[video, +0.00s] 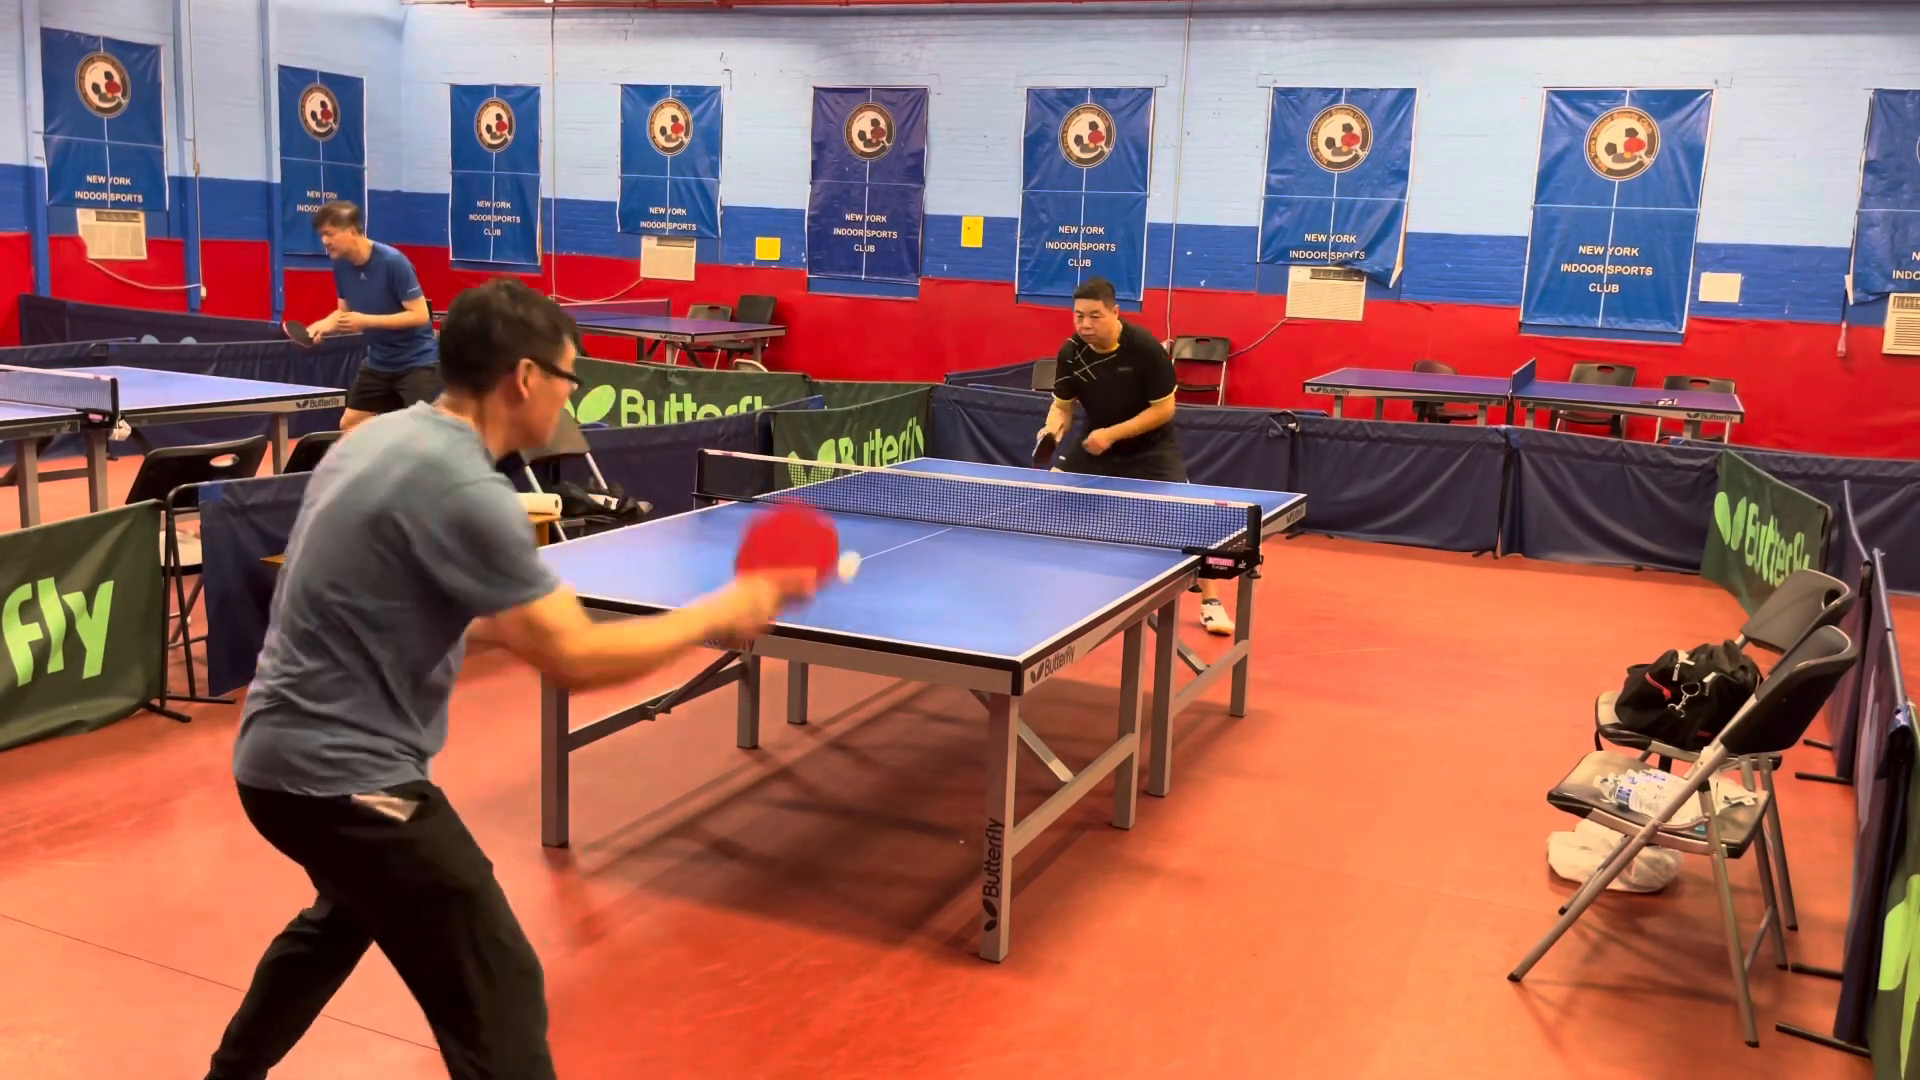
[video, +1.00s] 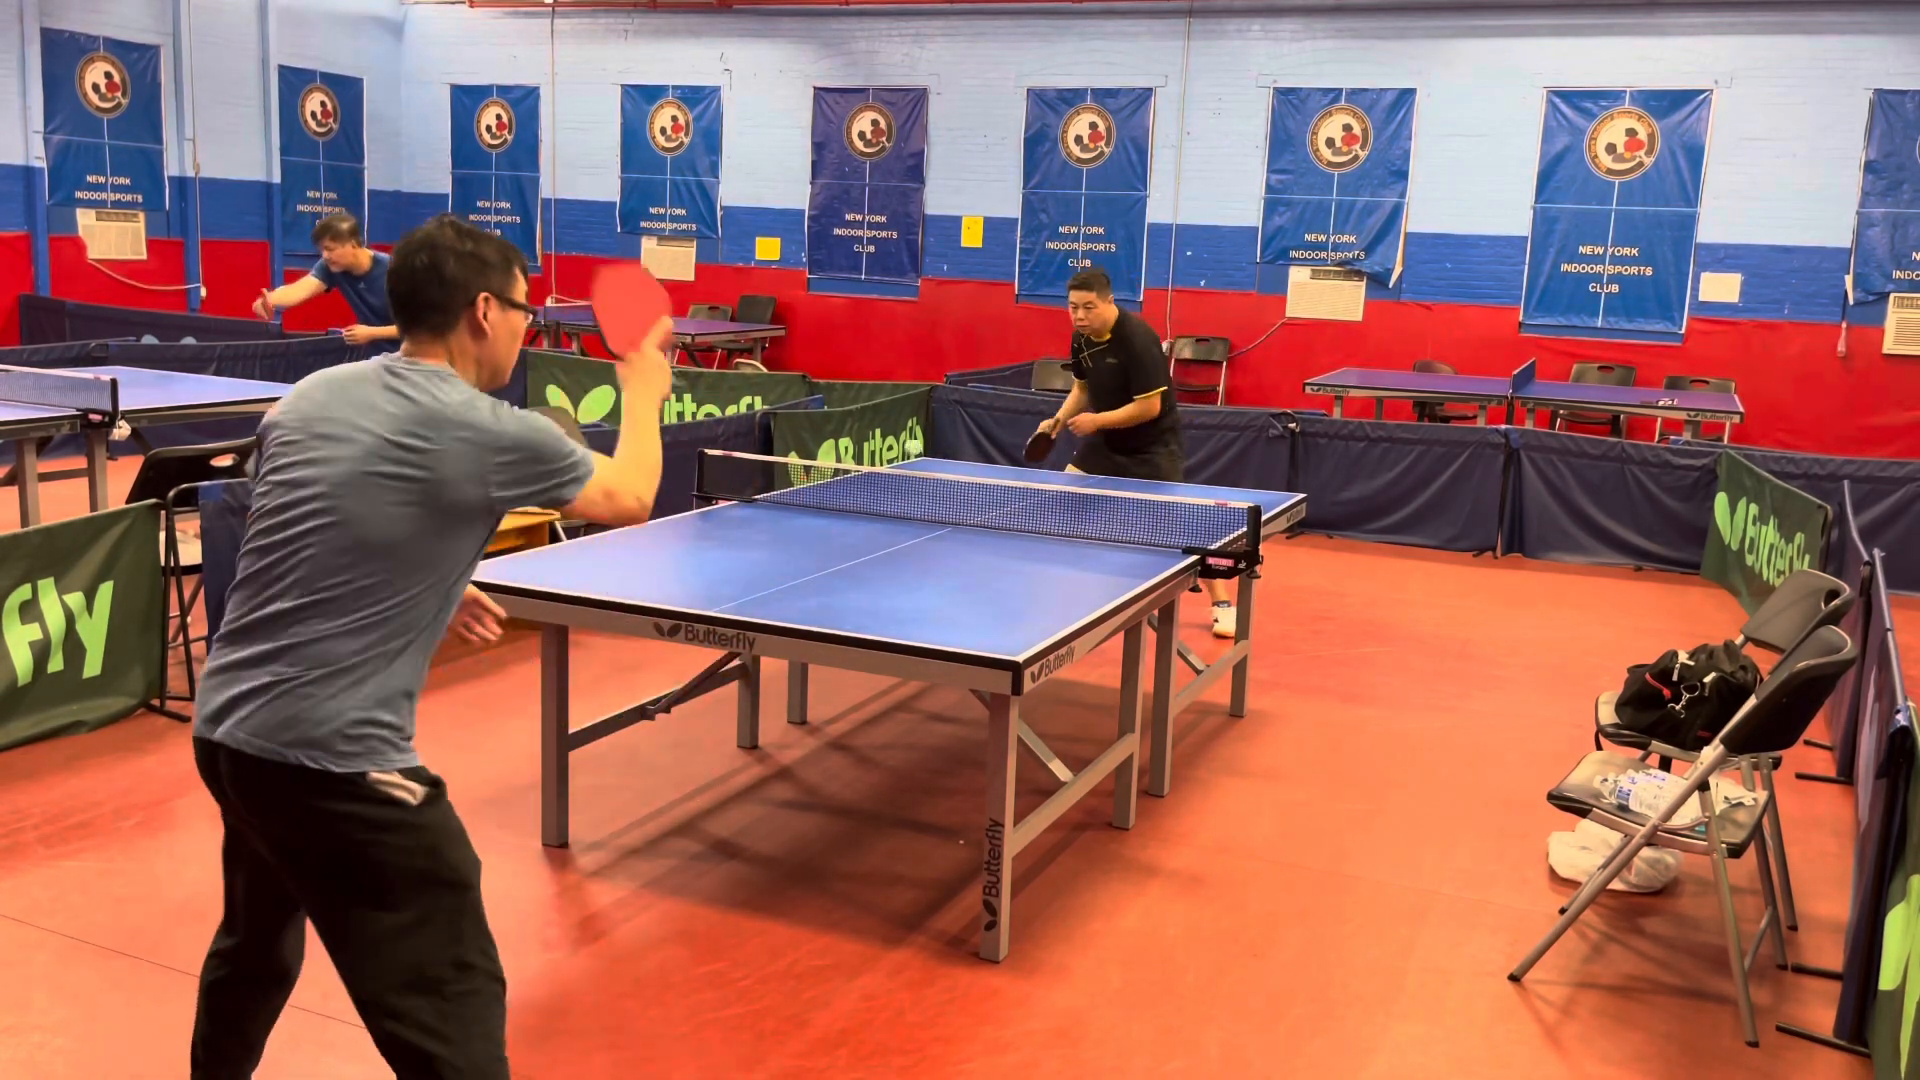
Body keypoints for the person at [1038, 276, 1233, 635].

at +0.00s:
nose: (1084, 325)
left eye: (1094, 316)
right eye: (1079, 316)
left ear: (1115, 313)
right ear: (1073, 315)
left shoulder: (1146, 350)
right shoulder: (1071, 353)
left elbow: (1165, 409)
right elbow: (1062, 405)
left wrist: (1112, 433)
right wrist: (1054, 427)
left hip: (1151, 447)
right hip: (1095, 445)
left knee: (1182, 512)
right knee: (1045, 497)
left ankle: (1210, 599)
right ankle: (1035, 585)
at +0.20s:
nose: (1058, 319)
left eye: (1066, 310)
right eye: (1053, 310)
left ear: (1090, 304)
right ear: (1049, 309)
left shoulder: (1110, 340)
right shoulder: (1081, 334)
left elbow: (1113, 413)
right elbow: (1087, 381)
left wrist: (1070, 419)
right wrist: (1053, 407)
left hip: (1141, 445)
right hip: (1101, 439)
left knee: (1166, 520)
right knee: (1056, 502)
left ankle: (1217, 598)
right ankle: (1043, 586)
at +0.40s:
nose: (1064, 324)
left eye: (1071, 315)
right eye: (1061, 316)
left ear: (1097, 306)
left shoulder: (1127, 342)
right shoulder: (1091, 337)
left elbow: (1128, 413)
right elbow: (1081, 382)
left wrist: (1086, 418)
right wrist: (1043, 375)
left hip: (1147, 453)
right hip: (1105, 445)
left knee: (1171, 526)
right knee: (1054, 500)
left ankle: (1225, 600)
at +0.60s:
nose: (1102, 318)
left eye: (1110, 309)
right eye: (1097, 310)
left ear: (1133, 303)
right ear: (1093, 309)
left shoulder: (1170, 334)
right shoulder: (1093, 340)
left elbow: (1195, 394)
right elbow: (1068, 403)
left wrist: (1143, 421)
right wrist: (1080, 385)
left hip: (1167, 447)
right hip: (1110, 443)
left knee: (1191, 519)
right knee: (1065, 501)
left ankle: (1222, 603)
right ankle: (1054, 592)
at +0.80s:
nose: (1114, 318)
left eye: (1123, 310)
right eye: (1109, 309)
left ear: (1144, 306)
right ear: (1102, 308)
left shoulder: (1171, 339)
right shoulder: (1092, 346)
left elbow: (1195, 398)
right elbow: (1079, 402)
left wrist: (1150, 426)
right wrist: (1088, 411)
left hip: (1163, 450)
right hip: (1104, 448)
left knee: (1191, 517)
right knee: (1063, 510)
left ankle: (1222, 603)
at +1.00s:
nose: (1078, 316)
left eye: (1087, 308)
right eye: (1073, 307)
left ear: (1109, 302)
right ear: (1069, 305)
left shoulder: (1139, 339)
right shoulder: (1082, 336)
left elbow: (1150, 407)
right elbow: (1081, 387)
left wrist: (1098, 420)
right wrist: (1057, 421)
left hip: (1153, 449)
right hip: (1104, 446)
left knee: (1181, 521)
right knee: (1056, 502)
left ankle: (1221, 602)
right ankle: (1042, 588)